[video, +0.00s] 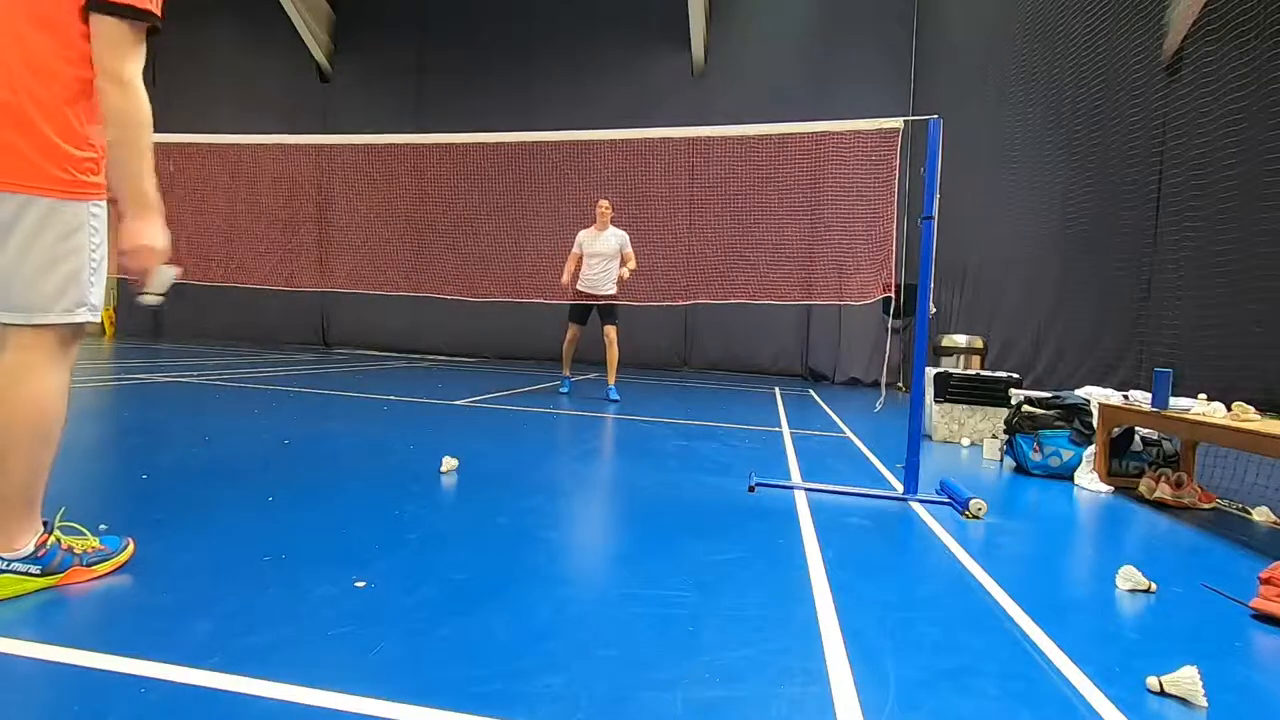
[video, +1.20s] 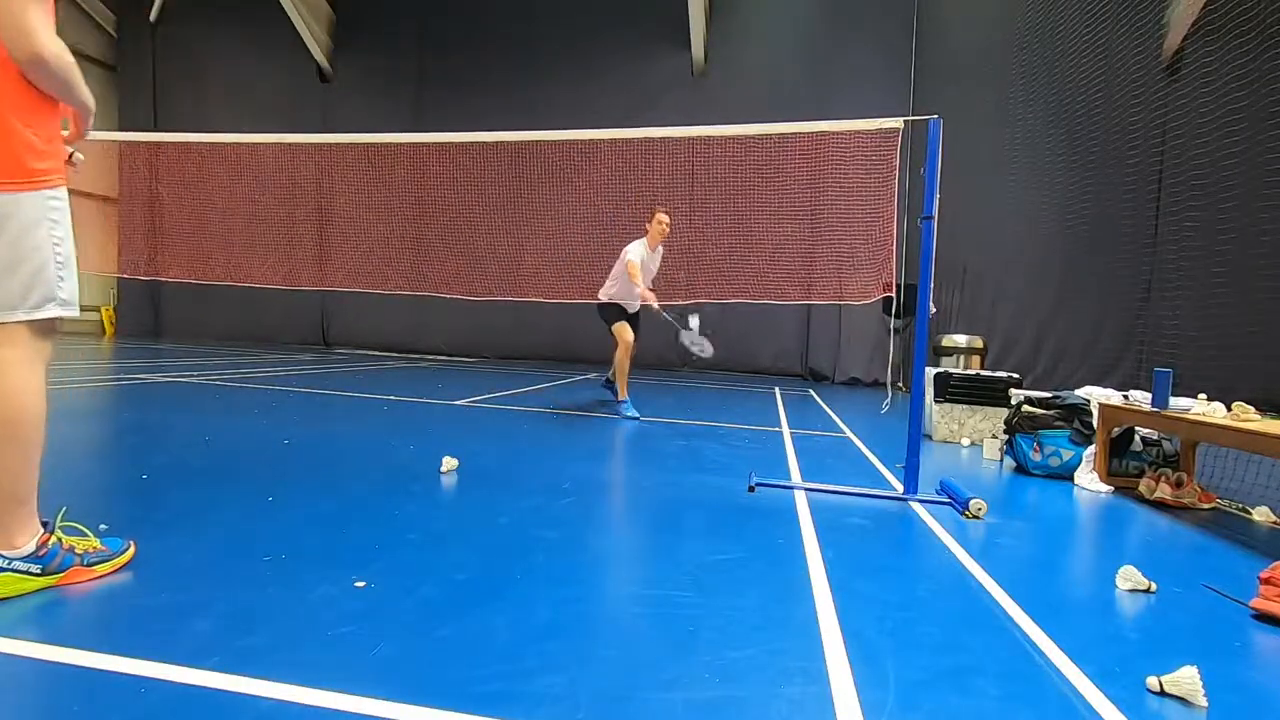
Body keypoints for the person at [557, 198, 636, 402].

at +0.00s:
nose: (603, 211)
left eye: (606, 208)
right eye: (600, 207)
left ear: (612, 213)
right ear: (595, 211)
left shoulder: (621, 236)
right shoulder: (583, 235)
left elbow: (631, 262)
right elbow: (572, 259)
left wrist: (626, 268)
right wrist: (567, 274)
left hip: (607, 293)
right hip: (583, 292)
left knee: (610, 337)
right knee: (572, 335)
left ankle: (611, 385)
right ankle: (565, 376)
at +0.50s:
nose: (629, 219)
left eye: (632, 216)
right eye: (625, 215)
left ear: (635, 221)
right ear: (618, 218)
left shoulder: (636, 248)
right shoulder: (601, 242)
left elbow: (639, 274)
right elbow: (588, 272)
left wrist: (648, 289)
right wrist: (588, 300)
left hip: (623, 303)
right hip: (600, 301)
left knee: (632, 347)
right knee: (598, 348)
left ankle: (613, 386)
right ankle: (580, 368)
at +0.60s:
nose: (633, 218)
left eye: (636, 215)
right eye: (630, 214)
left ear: (640, 220)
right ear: (623, 217)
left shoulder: (642, 248)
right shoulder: (607, 239)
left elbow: (650, 274)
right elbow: (594, 265)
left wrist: (664, 284)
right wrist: (598, 284)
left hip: (626, 302)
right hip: (605, 299)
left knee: (633, 349)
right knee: (608, 340)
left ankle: (613, 387)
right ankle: (590, 381)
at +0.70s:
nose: (638, 213)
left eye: (642, 210)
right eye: (635, 209)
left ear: (645, 216)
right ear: (627, 212)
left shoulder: (645, 243)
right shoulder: (612, 233)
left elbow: (654, 267)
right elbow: (601, 250)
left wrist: (675, 272)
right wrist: (607, 258)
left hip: (628, 298)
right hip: (606, 294)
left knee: (630, 347)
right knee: (610, 335)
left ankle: (613, 385)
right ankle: (601, 389)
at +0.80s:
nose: (643, 208)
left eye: (646, 206)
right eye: (639, 204)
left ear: (649, 212)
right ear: (629, 208)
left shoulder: (647, 239)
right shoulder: (617, 226)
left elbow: (656, 265)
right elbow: (611, 238)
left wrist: (677, 269)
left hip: (630, 297)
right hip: (608, 293)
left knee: (630, 346)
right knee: (611, 335)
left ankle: (615, 382)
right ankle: (612, 388)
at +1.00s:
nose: (653, 215)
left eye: (656, 212)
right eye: (649, 210)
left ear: (658, 217)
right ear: (637, 212)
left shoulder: (651, 243)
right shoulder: (624, 234)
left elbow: (648, 269)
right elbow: (628, 246)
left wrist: (667, 288)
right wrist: (637, 246)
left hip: (633, 303)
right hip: (611, 299)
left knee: (634, 352)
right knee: (625, 337)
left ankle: (614, 379)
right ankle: (623, 399)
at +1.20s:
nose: (664, 229)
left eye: (667, 225)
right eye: (660, 223)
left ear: (669, 230)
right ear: (648, 225)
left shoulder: (659, 252)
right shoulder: (636, 248)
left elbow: (644, 277)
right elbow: (633, 271)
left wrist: (646, 295)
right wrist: (643, 290)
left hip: (632, 305)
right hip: (611, 302)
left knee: (629, 347)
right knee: (626, 339)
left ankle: (611, 378)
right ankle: (623, 399)